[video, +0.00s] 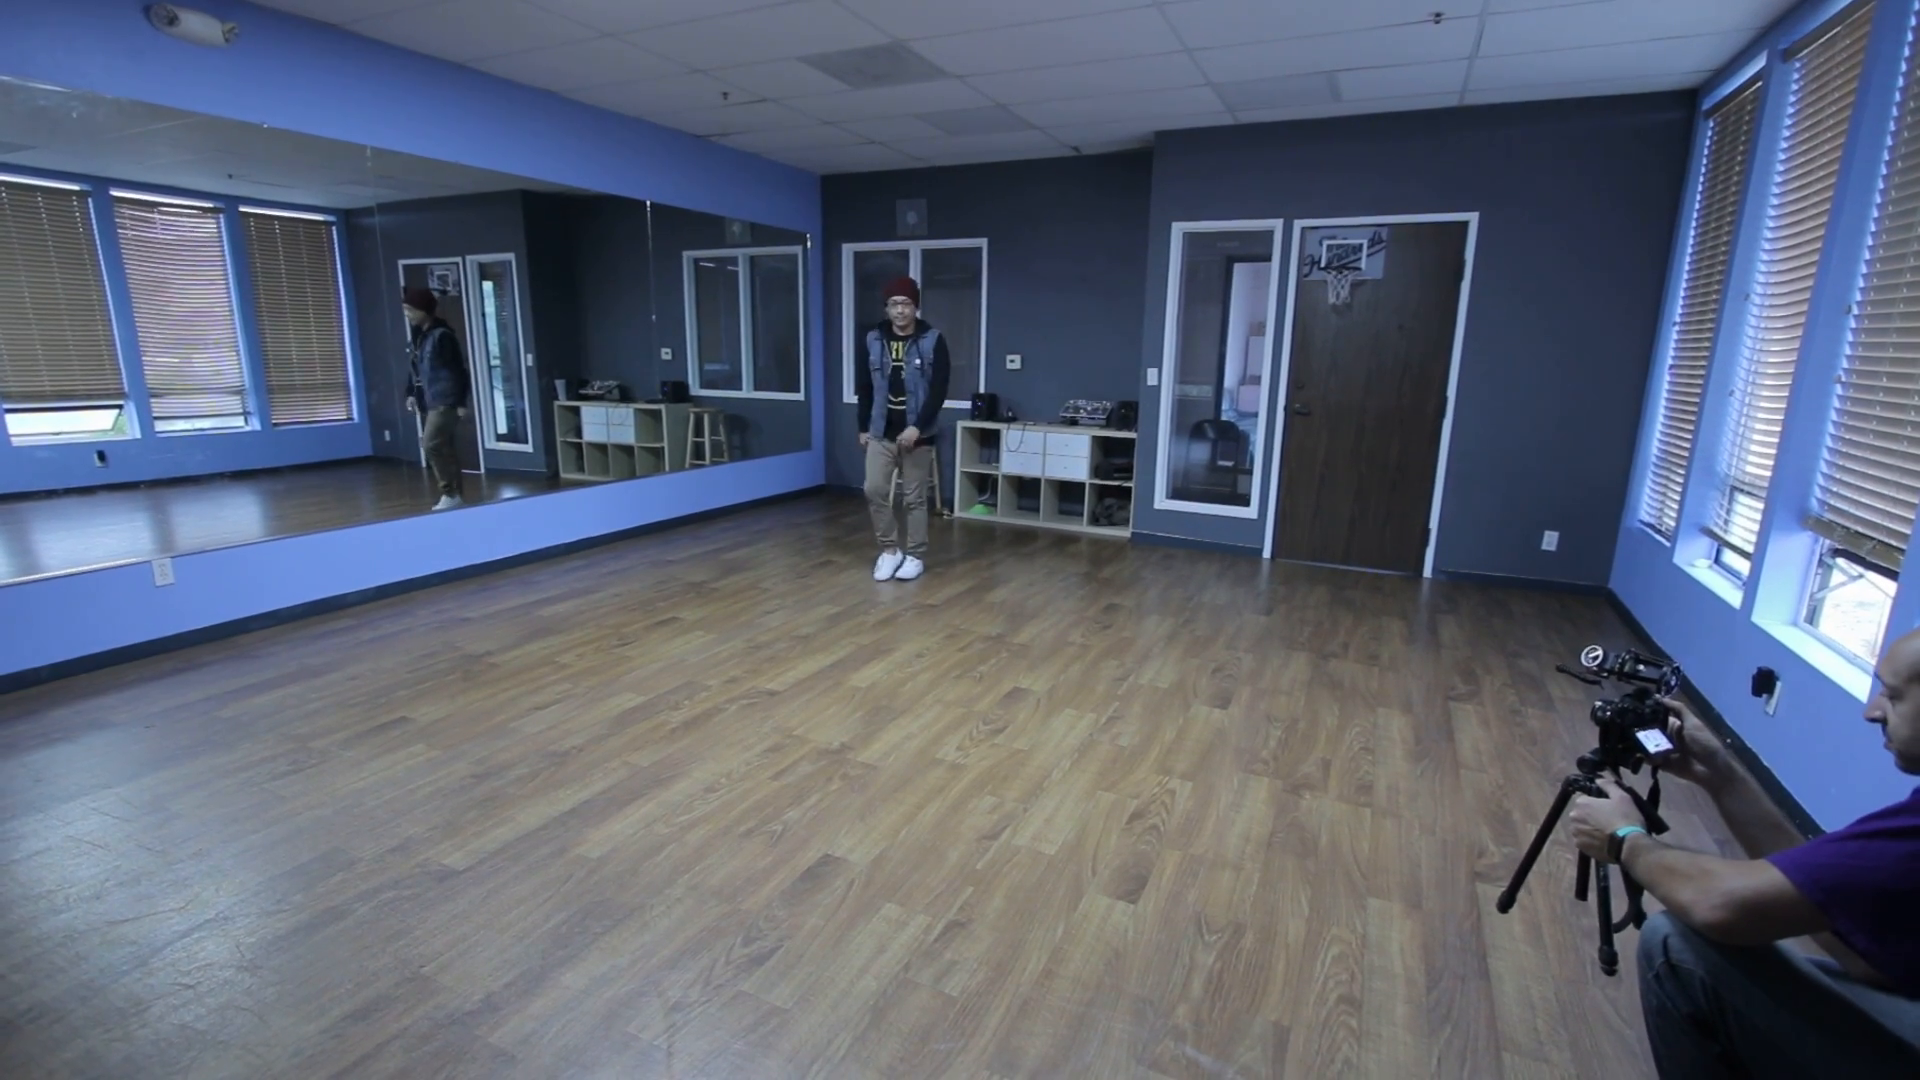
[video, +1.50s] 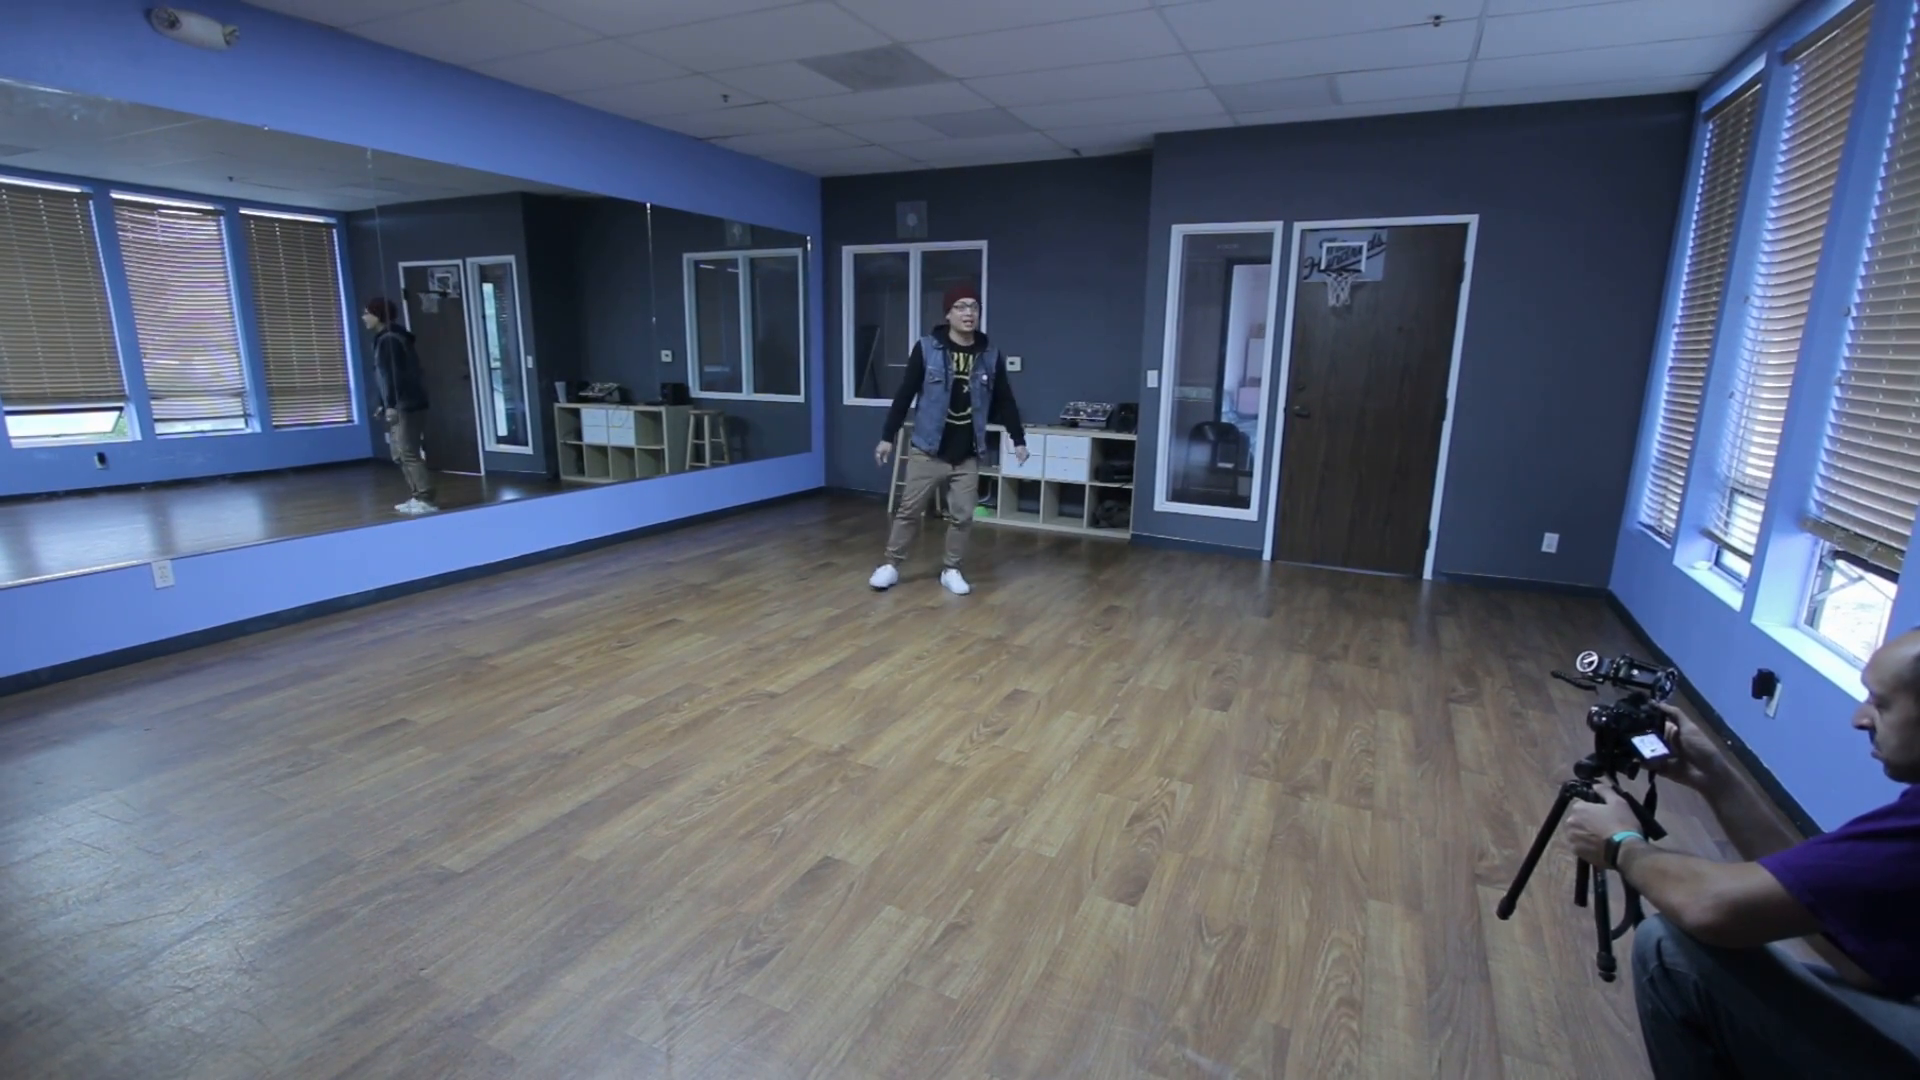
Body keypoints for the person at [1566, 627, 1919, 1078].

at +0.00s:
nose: (1873, 711)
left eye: (1892, 695)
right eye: (1881, 693)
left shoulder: (1913, 823)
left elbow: (1722, 907)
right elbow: (1863, 951)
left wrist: (1624, 839)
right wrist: (1722, 776)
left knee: (1678, 945)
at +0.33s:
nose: (1865, 722)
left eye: (1886, 703)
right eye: (1873, 701)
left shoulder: (1911, 825)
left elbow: (1719, 910)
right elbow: (1864, 955)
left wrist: (1621, 842)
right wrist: (1719, 778)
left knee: (1676, 949)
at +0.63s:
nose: (1861, 722)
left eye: (1881, 703)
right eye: (1869, 701)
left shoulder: (1911, 823)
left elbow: (1717, 911)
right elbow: (1863, 956)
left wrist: (1621, 844)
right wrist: (1716, 778)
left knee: (1675, 950)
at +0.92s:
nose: (1859, 720)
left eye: (1878, 701)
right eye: (1866, 699)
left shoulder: (1912, 816)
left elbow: (1712, 909)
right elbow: (1865, 958)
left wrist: (1618, 843)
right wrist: (1713, 778)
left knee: (1673, 950)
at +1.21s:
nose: (1858, 719)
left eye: (1878, 701)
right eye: (1866, 699)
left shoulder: (1912, 816)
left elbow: (1714, 910)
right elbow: (1866, 959)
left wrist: (1620, 845)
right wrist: (1714, 780)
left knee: (1673, 951)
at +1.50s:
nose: (1860, 720)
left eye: (1881, 702)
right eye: (1869, 700)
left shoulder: (1912, 819)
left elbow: (1714, 910)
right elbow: (1866, 960)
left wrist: (1619, 844)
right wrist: (1716, 779)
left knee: (1673, 950)